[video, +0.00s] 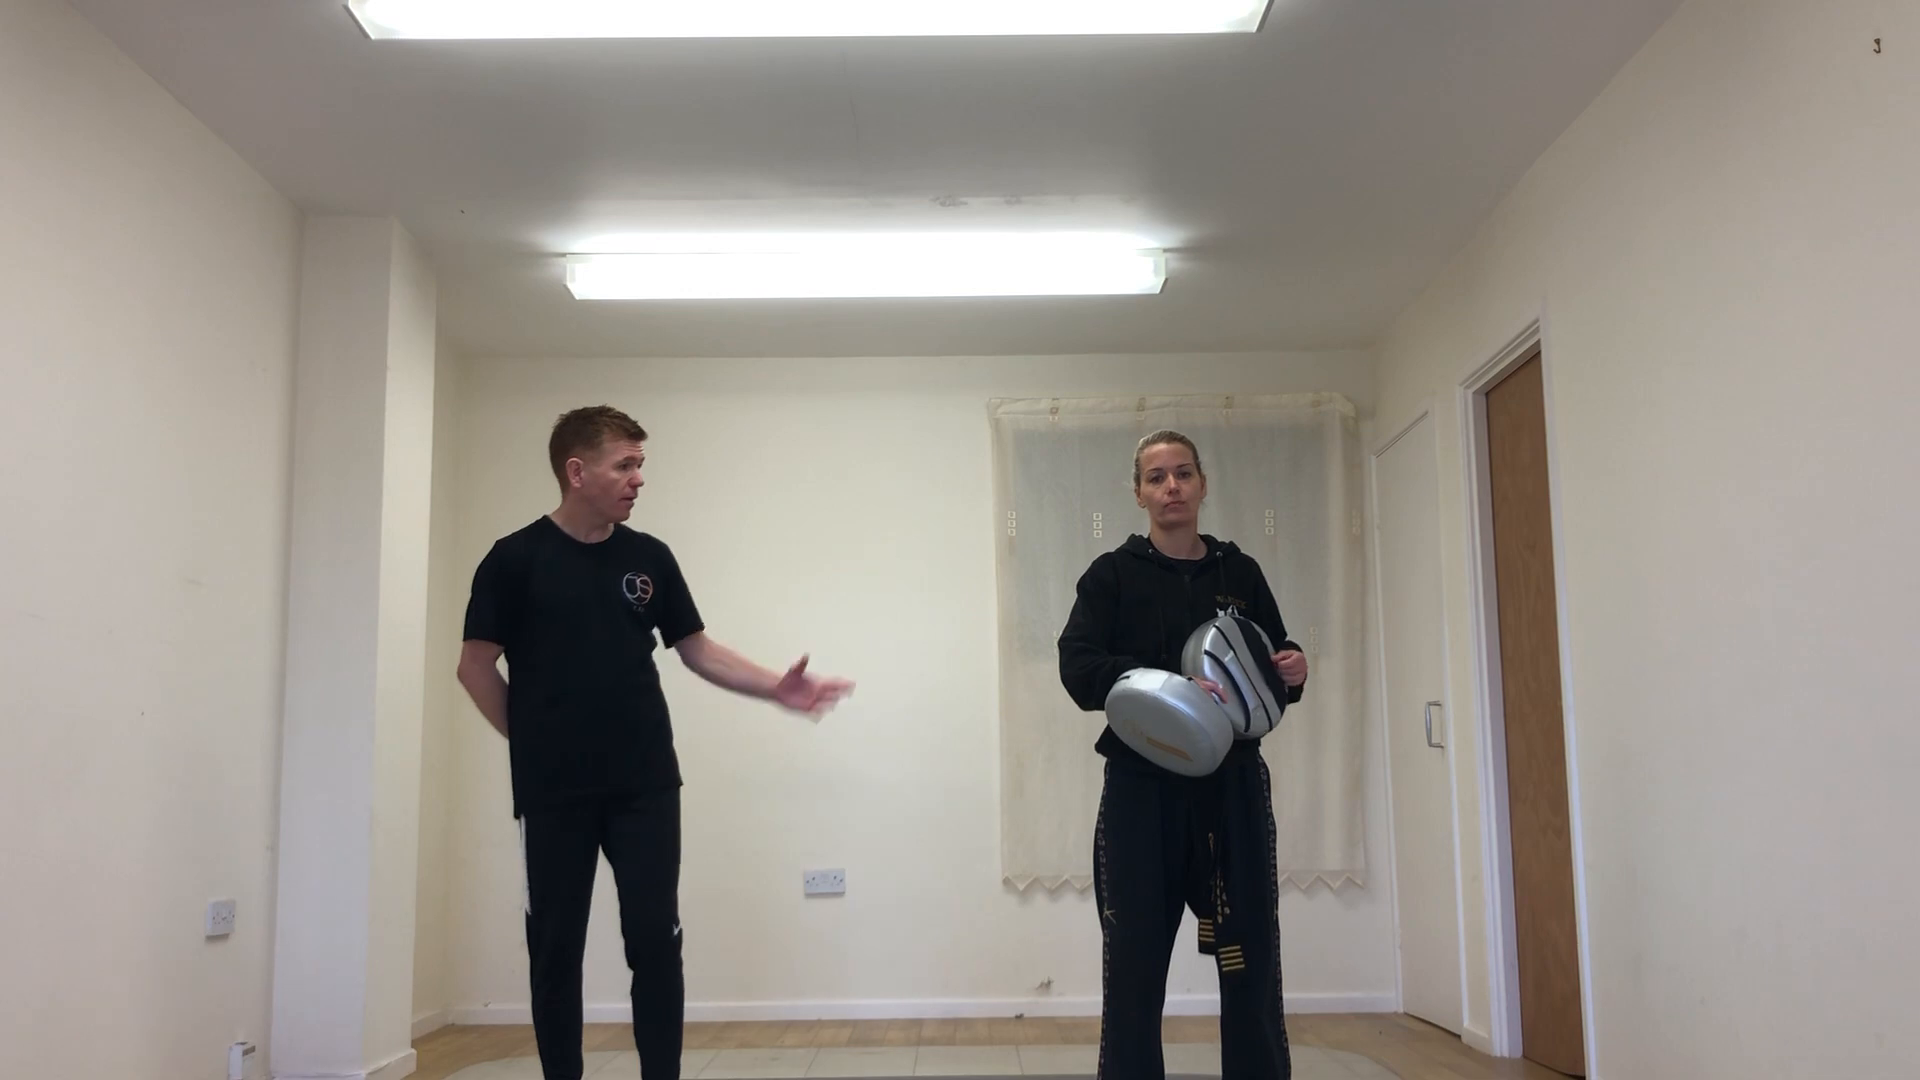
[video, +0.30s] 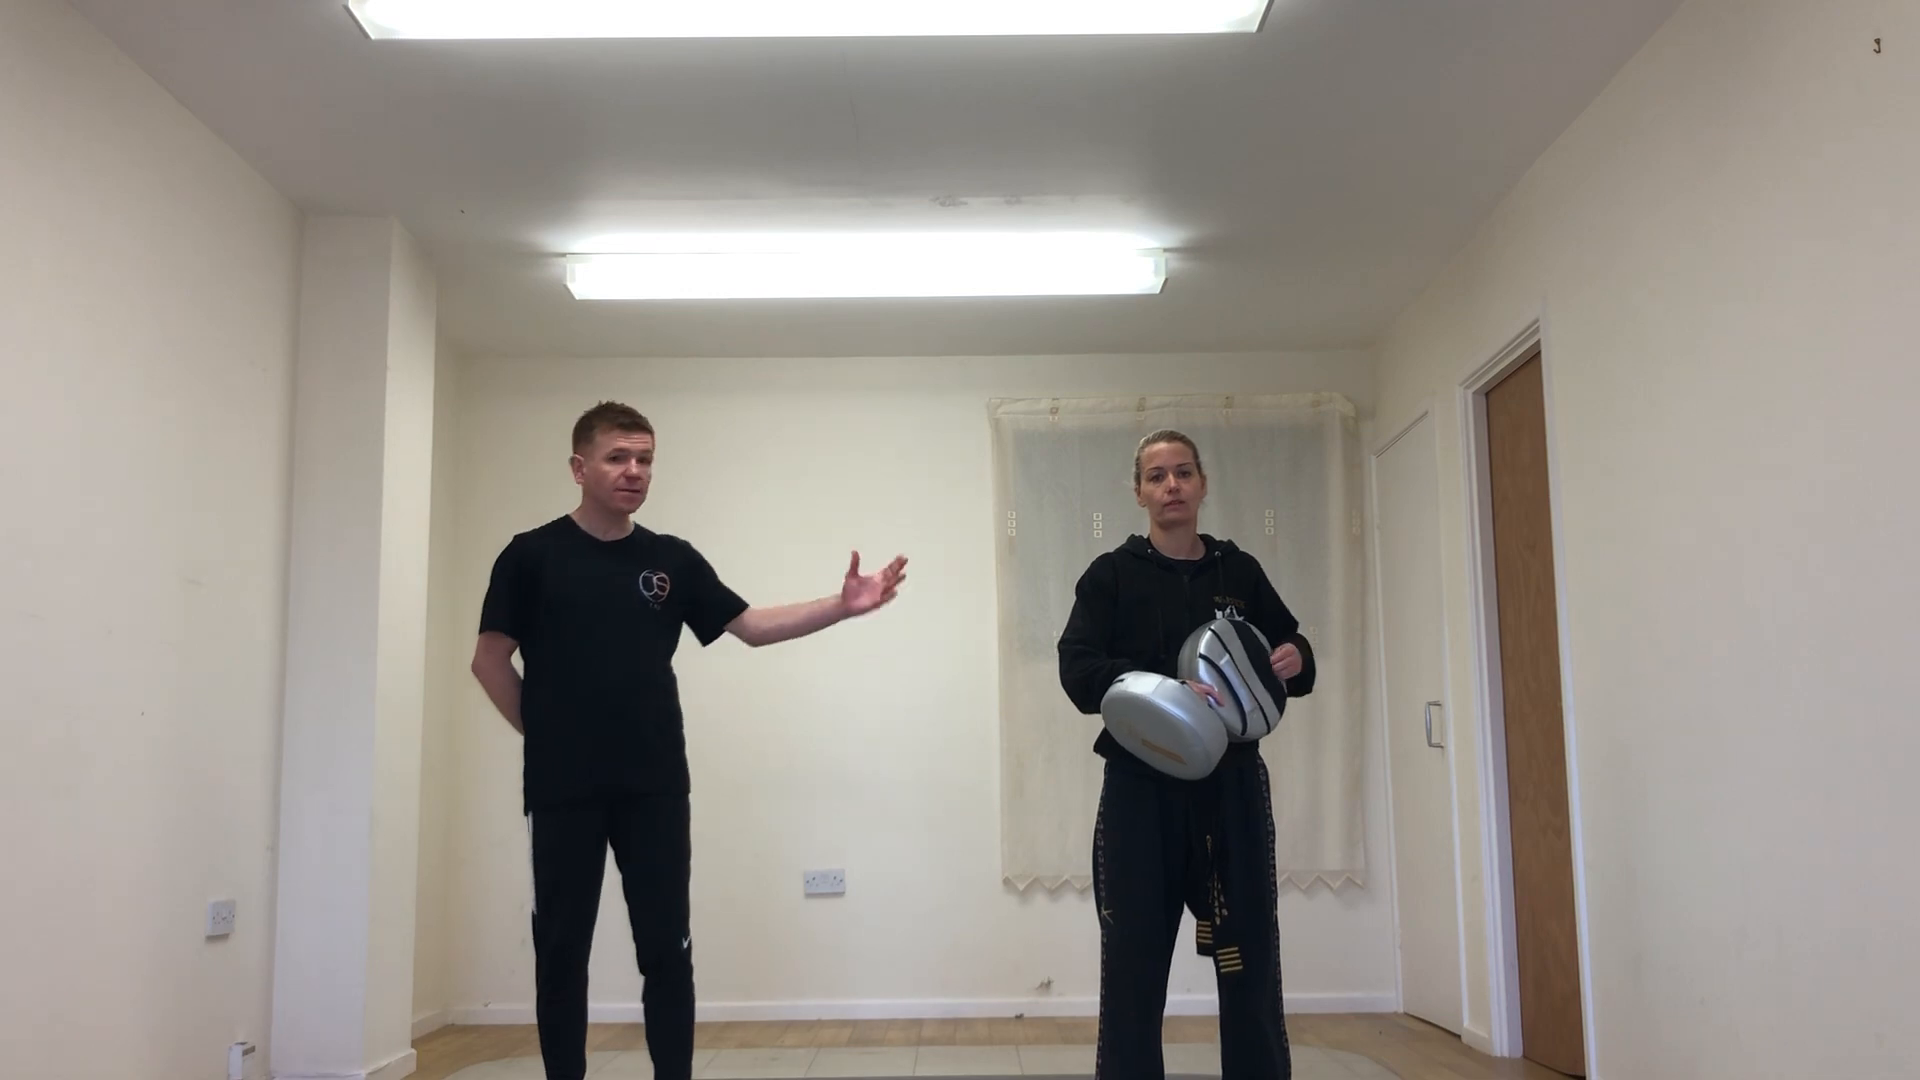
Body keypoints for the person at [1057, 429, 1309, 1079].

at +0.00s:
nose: (1171, 485)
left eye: (1182, 473)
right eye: (1156, 476)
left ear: (1202, 485)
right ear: (1139, 493)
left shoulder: (1239, 570)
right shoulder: (1110, 575)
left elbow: (1274, 672)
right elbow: (1077, 668)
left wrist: (1291, 670)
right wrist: (1164, 689)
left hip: (1234, 781)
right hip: (1141, 782)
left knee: (1250, 958)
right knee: (1134, 964)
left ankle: (1259, 1076)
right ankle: (1128, 1078)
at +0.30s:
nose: (1172, 484)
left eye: (1183, 472)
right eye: (1157, 476)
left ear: (1203, 484)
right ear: (1138, 492)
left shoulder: (1238, 568)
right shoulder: (1110, 575)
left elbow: (1296, 659)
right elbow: (1077, 672)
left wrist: (1294, 660)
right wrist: (1166, 693)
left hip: (1234, 783)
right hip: (1140, 785)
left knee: (1250, 960)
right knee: (1133, 967)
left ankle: (1260, 1077)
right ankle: (1127, 1078)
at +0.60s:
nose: (1167, 486)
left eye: (1179, 474)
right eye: (1153, 478)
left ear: (1199, 484)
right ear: (1136, 493)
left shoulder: (1242, 570)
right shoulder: (1109, 576)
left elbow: (1318, 656)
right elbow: (1077, 668)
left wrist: (1275, 669)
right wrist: (1148, 689)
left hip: (1231, 784)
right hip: (1137, 788)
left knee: (1249, 966)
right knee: (1132, 972)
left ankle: (1259, 1078)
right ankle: (1128, 1079)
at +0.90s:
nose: (1164, 487)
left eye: (1176, 475)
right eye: (1150, 478)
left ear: (1198, 484)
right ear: (1135, 494)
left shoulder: (1244, 571)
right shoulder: (1109, 578)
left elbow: (1316, 653)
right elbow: (1075, 666)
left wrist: (1259, 670)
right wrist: (1141, 697)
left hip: (1231, 785)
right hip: (1138, 788)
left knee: (1248, 966)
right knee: (1130, 968)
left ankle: (1258, 1078)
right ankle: (1125, 1079)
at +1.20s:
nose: (1165, 488)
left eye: (1177, 475)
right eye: (1150, 479)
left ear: (1198, 485)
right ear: (1134, 494)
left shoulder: (1241, 575)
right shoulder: (1107, 580)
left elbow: (1303, 652)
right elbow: (1059, 666)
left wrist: (1330, 715)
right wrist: (1047, 742)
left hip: (1230, 787)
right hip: (1135, 791)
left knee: (1248, 968)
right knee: (1130, 973)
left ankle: (1258, 1077)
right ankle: (1125, 1079)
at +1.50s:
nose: (1168, 485)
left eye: (1180, 473)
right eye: (1154, 476)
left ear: (1200, 487)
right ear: (1137, 494)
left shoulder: (1238, 571)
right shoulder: (1106, 577)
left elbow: (1271, 668)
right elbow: (1072, 678)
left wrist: (1283, 754)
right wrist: (1056, 774)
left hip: (1226, 784)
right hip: (1133, 786)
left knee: (1245, 955)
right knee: (1129, 960)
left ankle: (1257, 1076)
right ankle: (1123, 1076)